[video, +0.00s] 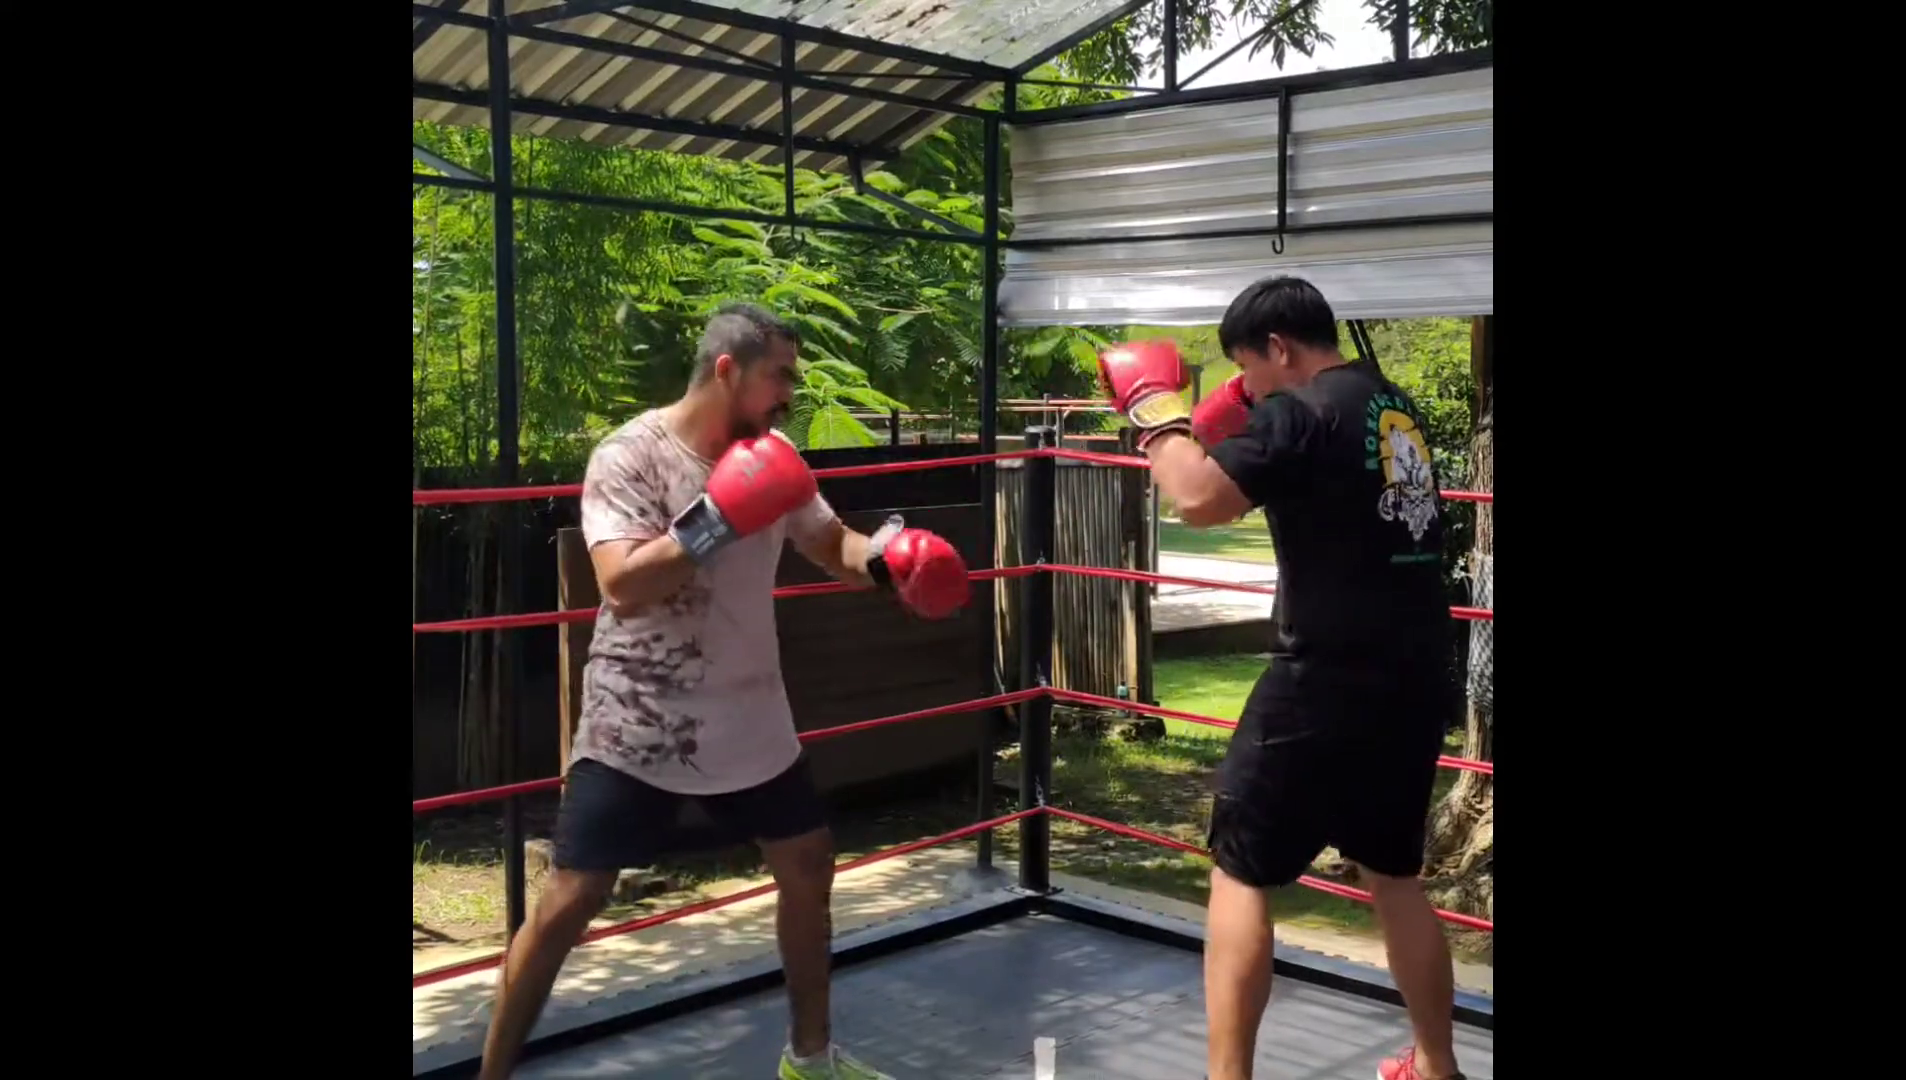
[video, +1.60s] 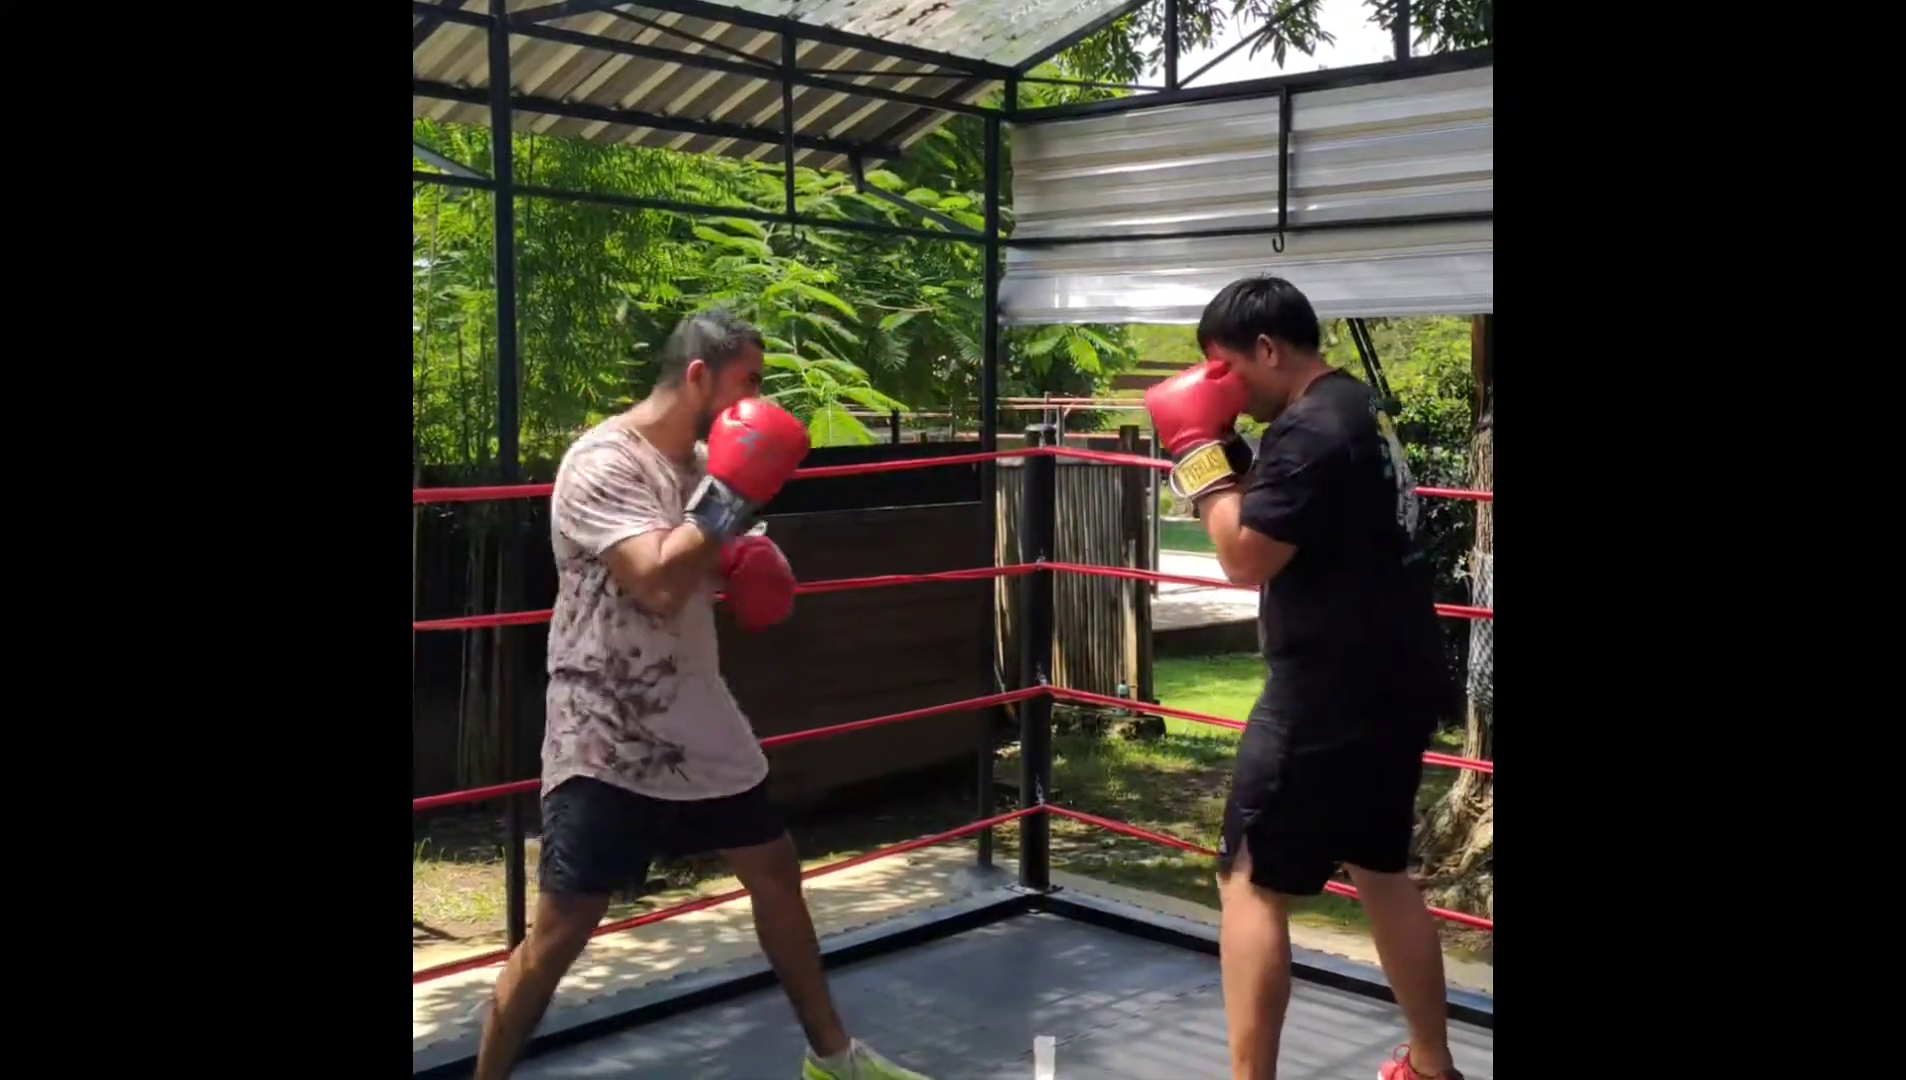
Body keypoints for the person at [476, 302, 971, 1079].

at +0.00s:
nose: (787, 397)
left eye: (791, 381)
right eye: (779, 378)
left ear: (739, 375)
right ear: (725, 368)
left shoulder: (766, 464)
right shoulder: (627, 457)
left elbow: (833, 540)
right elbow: (621, 585)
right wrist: (718, 514)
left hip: (750, 719)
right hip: (634, 721)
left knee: (808, 868)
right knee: (572, 899)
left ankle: (812, 1054)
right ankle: (493, 1072)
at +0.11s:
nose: (765, 394)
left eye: (768, 377)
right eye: (755, 375)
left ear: (712, 375)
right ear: (700, 370)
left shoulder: (741, 470)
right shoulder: (601, 456)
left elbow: (765, 579)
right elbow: (585, 588)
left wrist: (785, 620)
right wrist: (688, 525)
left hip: (726, 724)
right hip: (610, 728)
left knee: (788, 871)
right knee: (553, 907)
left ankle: (811, 1053)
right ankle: (491, 1073)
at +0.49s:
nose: (745, 382)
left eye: (748, 367)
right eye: (738, 365)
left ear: (689, 367)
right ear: (687, 364)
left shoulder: (693, 457)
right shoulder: (615, 465)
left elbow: (726, 557)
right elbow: (690, 578)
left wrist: (729, 597)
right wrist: (739, 471)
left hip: (694, 710)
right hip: (611, 722)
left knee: (758, 858)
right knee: (562, 915)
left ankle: (754, 1053)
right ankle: (494, 1073)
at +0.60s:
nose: (773, 378)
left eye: (772, 363)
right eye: (762, 362)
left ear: (709, 366)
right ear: (713, 364)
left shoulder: (677, 431)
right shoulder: (683, 444)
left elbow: (686, 550)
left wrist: (747, 571)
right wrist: (840, 419)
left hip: (693, 707)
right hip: (626, 711)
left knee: (750, 854)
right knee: (575, 919)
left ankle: (753, 1051)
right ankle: (497, 1072)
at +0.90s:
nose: (742, 382)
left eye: (744, 367)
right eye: (737, 365)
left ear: (688, 363)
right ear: (695, 363)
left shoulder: (692, 455)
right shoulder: (613, 458)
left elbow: (731, 563)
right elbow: (706, 574)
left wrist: (724, 600)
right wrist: (754, 476)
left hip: (681, 714)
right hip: (600, 720)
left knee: (733, 862)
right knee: (565, 919)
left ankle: (753, 1054)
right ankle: (491, 1073)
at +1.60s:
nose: (751, 401)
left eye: (756, 387)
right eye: (745, 383)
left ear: (701, 378)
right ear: (698, 374)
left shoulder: (704, 468)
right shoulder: (598, 462)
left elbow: (701, 577)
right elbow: (657, 585)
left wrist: (750, 587)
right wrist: (729, 499)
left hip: (702, 722)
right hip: (603, 729)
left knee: (776, 878)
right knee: (560, 932)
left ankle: (832, 1052)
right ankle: (487, 1073)